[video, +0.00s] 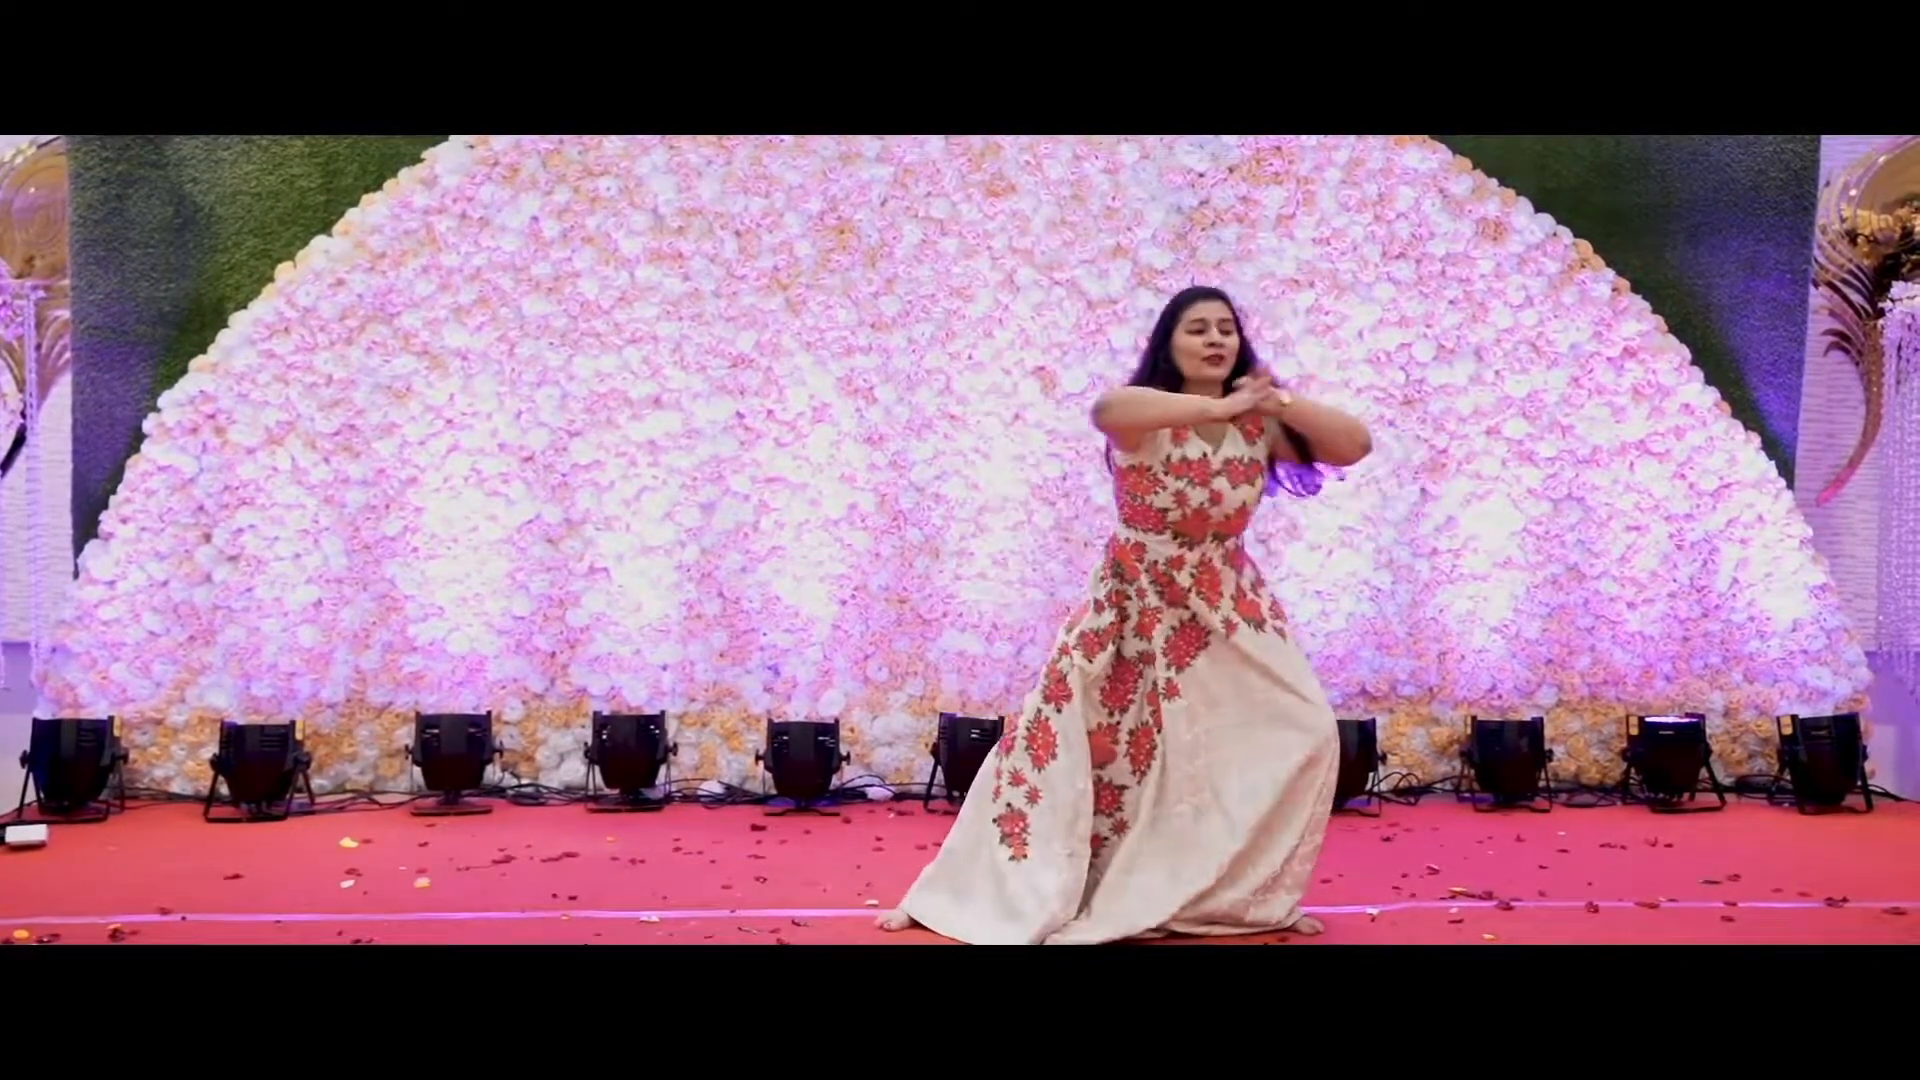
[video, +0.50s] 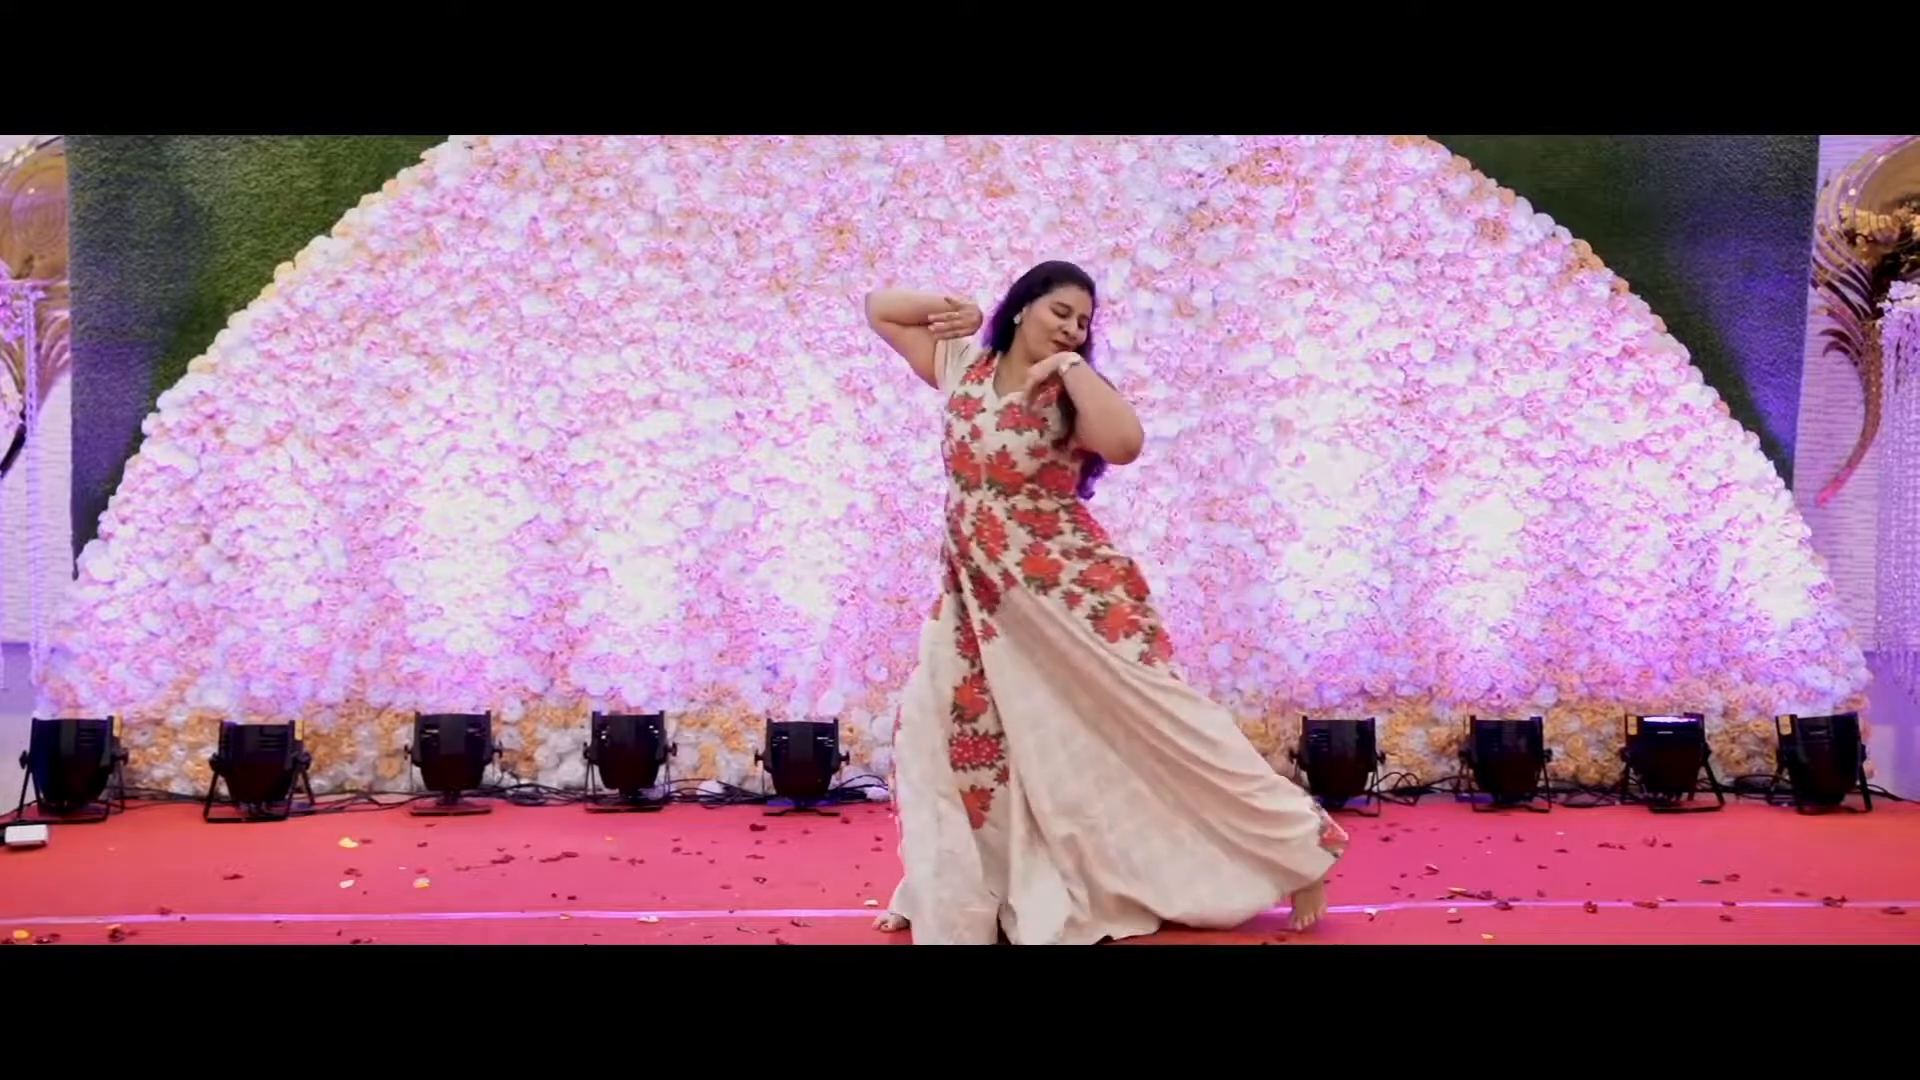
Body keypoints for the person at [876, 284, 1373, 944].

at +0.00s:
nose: (1215, 339)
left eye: (1226, 329)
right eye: (1198, 329)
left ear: (1241, 344)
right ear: (1168, 344)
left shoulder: (1262, 417)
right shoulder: (1145, 408)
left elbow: (1355, 443)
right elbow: (1108, 411)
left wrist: (1284, 404)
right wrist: (1211, 407)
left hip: (1227, 598)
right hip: (1135, 598)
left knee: (1312, 731)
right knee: (1094, 740)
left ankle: (1227, 893)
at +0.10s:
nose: (1173, 329)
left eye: (1185, 319)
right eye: (1157, 319)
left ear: (1201, 334)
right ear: (1129, 335)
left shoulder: (1228, 400)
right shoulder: (1101, 405)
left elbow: (1300, 436)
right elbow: (1025, 419)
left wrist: (1235, 397)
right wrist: (1138, 402)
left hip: (1207, 597)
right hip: (1110, 598)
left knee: (1292, 731)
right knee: (1032, 727)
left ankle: (1233, 893)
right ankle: (1047, 894)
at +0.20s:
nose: (1130, 323)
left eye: (1143, 314)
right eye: (1116, 311)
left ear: (1162, 328)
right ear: (1091, 322)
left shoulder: (1188, 397)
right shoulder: (1059, 398)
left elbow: (1242, 448)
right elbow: (958, 421)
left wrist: (1178, 395)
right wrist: (1058, 393)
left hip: (1176, 589)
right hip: (1082, 591)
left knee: (1260, 721)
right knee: (1028, 726)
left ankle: (1230, 890)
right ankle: (1052, 894)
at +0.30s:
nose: (1094, 318)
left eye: (1110, 310)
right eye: (1081, 305)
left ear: (1124, 325)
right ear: (1056, 315)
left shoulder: (1150, 395)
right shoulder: (1021, 394)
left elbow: (1198, 462)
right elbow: (914, 399)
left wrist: (1143, 402)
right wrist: (992, 352)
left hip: (1140, 585)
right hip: (1047, 588)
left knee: (1216, 728)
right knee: (982, 727)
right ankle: (1022, 897)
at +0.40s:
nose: (1078, 317)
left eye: (1091, 311)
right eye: (1067, 301)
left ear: (1101, 325)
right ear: (1032, 305)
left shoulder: (1107, 384)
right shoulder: (984, 376)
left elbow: (1158, 447)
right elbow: (890, 345)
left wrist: (1100, 375)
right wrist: (960, 314)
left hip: (1103, 571)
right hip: (1015, 575)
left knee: (1167, 721)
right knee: (983, 729)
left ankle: (1276, 884)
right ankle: (1014, 896)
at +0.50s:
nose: (1070, 328)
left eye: (1081, 322)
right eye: (1061, 311)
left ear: (1082, 335)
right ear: (1022, 307)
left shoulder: (1072, 387)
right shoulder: (963, 365)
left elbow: (1123, 444)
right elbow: (880, 308)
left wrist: (1072, 371)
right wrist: (939, 308)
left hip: (1066, 580)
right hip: (976, 585)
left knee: (1161, 715)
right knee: (938, 731)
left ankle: (1298, 843)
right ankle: (953, 897)